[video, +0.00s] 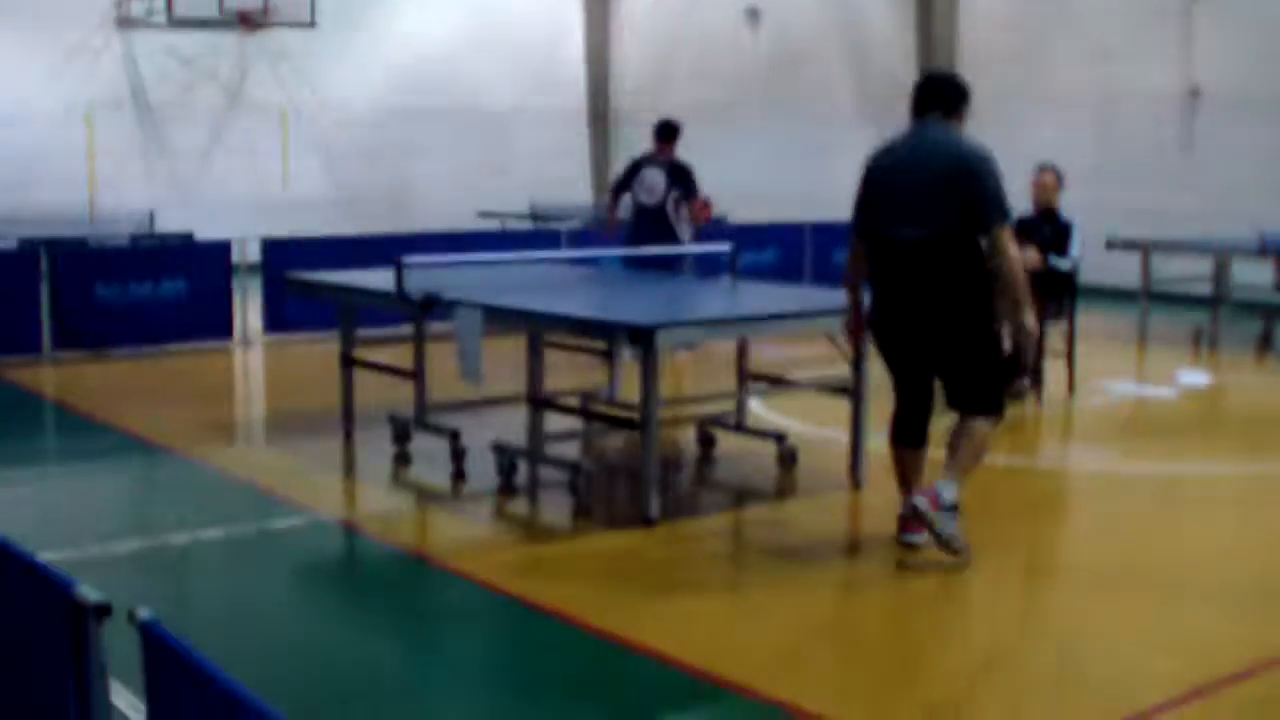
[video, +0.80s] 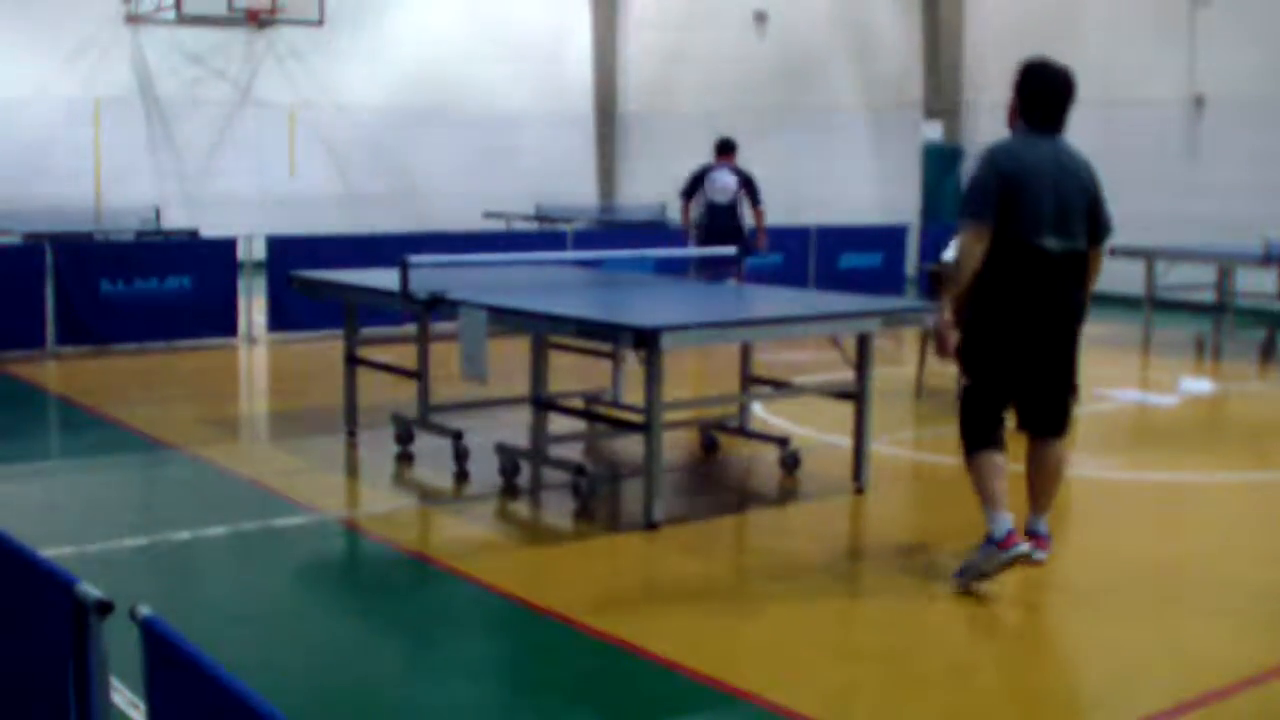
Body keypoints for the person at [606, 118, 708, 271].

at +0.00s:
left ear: (655, 137)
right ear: (676, 140)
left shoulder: (638, 165)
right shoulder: (681, 170)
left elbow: (616, 191)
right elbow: (692, 202)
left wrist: (612, 220)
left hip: (637, 236)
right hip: (668, 237)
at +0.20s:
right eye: (693, 130)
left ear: (677, 129)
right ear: (697, 131)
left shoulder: (659, 157)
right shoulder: (703, 162)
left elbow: (641, 193)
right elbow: (713, 200)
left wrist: (635, 222)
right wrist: (715, 231)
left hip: (658, 226)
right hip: (687, 227)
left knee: (658, 275)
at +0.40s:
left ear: (688, 140)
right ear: (709, 140)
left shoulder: (674, 166)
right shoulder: (717, 168)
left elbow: (659, 199)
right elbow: (728, 204)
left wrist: (656, 229)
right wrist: (731, 233)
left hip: (675, 230)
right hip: (704, 231)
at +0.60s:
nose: (706, 146)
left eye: (704, 142)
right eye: (708, 142)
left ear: (697, 142)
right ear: (716, 142)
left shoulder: (686, 167)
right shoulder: (727, 167)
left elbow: (672, 203)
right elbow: (740, 202)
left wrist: (667, 235)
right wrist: (746, 231)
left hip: (688, 233)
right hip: (718, 233)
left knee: (690, 281)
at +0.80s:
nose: (727, 159)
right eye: (729, 155)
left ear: (715, 154)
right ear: (734, 154)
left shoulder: (703, 173)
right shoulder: (742, 176)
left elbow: (686, 198)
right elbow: (756, 207)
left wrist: (686, 227)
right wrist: (761, 234)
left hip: (707, 229)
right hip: (733, 229)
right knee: (735, 272)